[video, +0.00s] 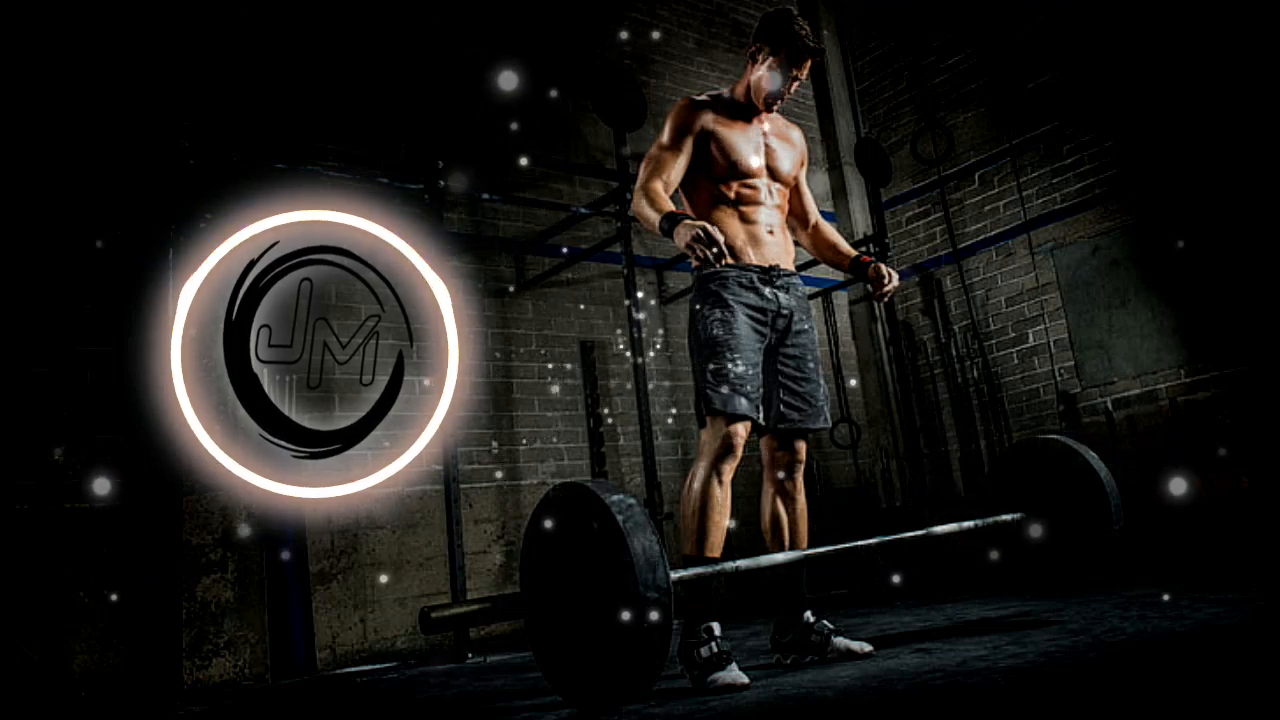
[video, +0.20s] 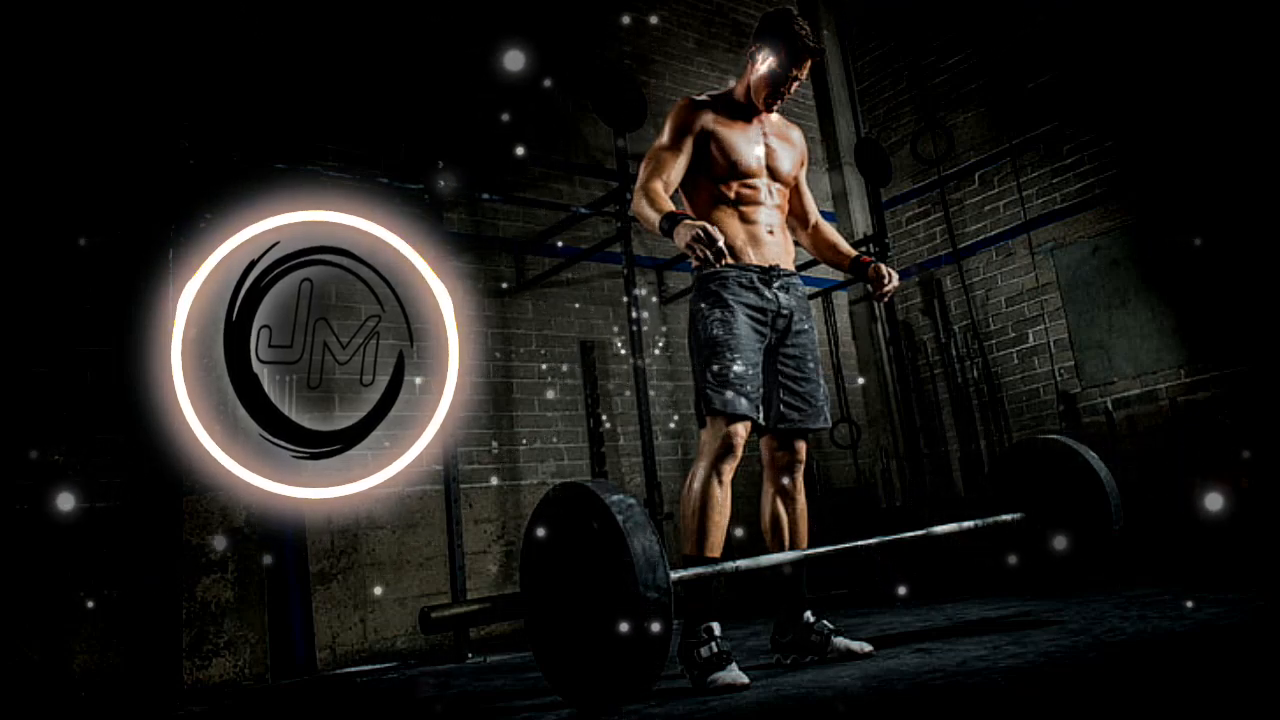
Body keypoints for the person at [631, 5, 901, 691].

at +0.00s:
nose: (791, 91)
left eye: (800, 82)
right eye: (788, 75)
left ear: (797, 79)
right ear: (757, 59)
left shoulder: (791, 136)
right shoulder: (698, 115)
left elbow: (809, 225)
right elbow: (644, 200)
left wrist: (861, 265)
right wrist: (676, 225)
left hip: (790, 296)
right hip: (731, 292)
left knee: (790, 454)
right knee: (729, 437)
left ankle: (797, 624)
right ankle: (698, 633)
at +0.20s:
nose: (785, 93)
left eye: (796, 83)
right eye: (783, 76)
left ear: (799, 79)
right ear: (754, 57)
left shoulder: (792, 136)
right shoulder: (698, 115)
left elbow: (809, 224)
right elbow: (645, 199)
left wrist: (860, 265)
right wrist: (676, 226)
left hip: (790, 297)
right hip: (730, 293)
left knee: (790, 453)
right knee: (729, 437)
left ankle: (797, 624)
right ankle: (698, 633)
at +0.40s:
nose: (791, 89)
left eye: (801, 78)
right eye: (786, 72)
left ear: (803, 75)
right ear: (755, 57)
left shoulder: (792, 136)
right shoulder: (697, 115)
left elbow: (808, 224)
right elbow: (645, 197)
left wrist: (860, 264)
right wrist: (677, 225)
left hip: (790, 297)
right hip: (731, 292)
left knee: (790, 455)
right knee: (730, 437)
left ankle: (796, 624)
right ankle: (698, 633)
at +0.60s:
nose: (789, 91)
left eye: (800, 81)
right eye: (785, 74)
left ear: (803, 77)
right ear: (756, 57)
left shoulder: (792, 136)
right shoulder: (697, 115)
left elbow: (808, 224)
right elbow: (645, 197)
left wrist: (860, 264)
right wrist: (677, 225)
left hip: (790, 297)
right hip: (731, 292)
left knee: (790, 455)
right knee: (729, 437)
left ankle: (796, 624)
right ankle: (699, 634)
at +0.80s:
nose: (788, 92)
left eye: (798, 82)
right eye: (784, 76)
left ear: (803, 77)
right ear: (756, 57)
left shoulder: (792, 136)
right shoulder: (697, 115)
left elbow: (809, 224)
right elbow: (645, 198)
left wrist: (860, 265)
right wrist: (676, 226)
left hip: (790, 297)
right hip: (731, 292)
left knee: (790, 455)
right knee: (729, 437)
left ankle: (796, 624)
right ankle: (698, 633)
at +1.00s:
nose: (787, 93)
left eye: (798, 83)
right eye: (783, 76)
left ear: (802, 77)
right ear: (756, 57)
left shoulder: (792, 135)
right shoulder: (698, 115)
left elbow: (808, 224)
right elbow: (645, 198)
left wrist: (860, 265)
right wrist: (676, 226)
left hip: (790, 296)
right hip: (730, 292)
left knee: (790, 454)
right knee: (729, 437)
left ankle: (797, 624)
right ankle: (698, 634)